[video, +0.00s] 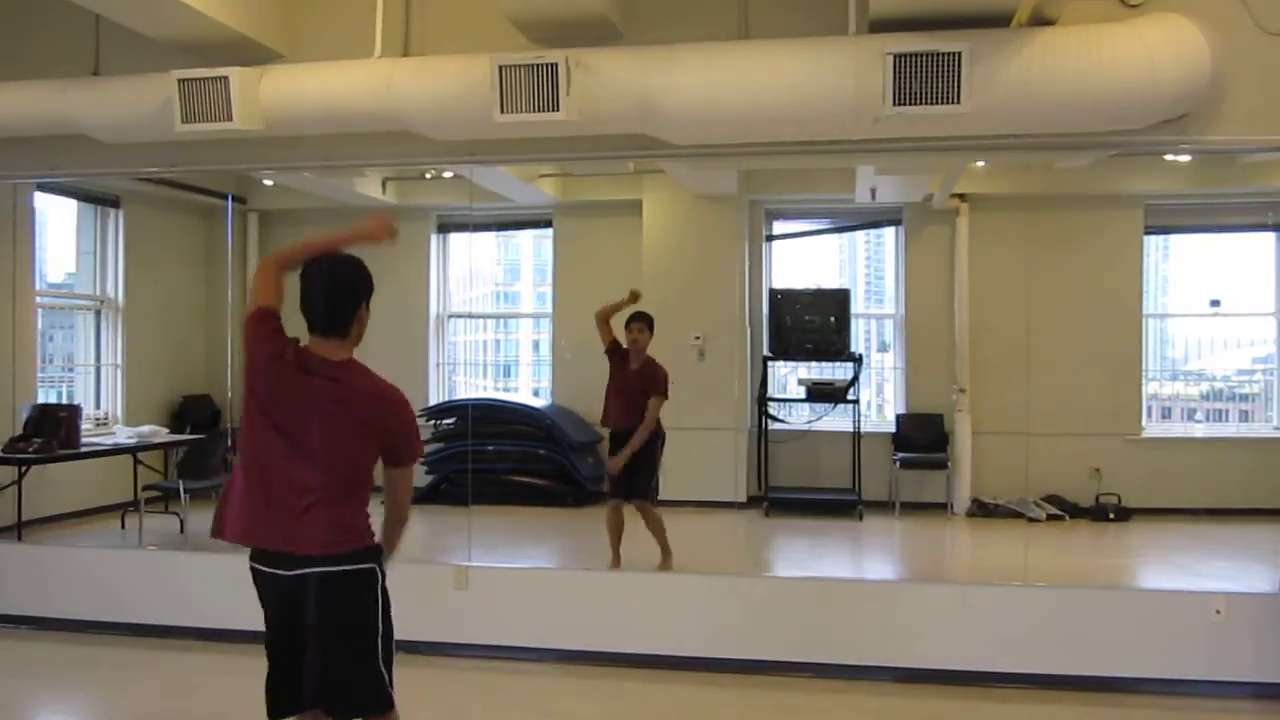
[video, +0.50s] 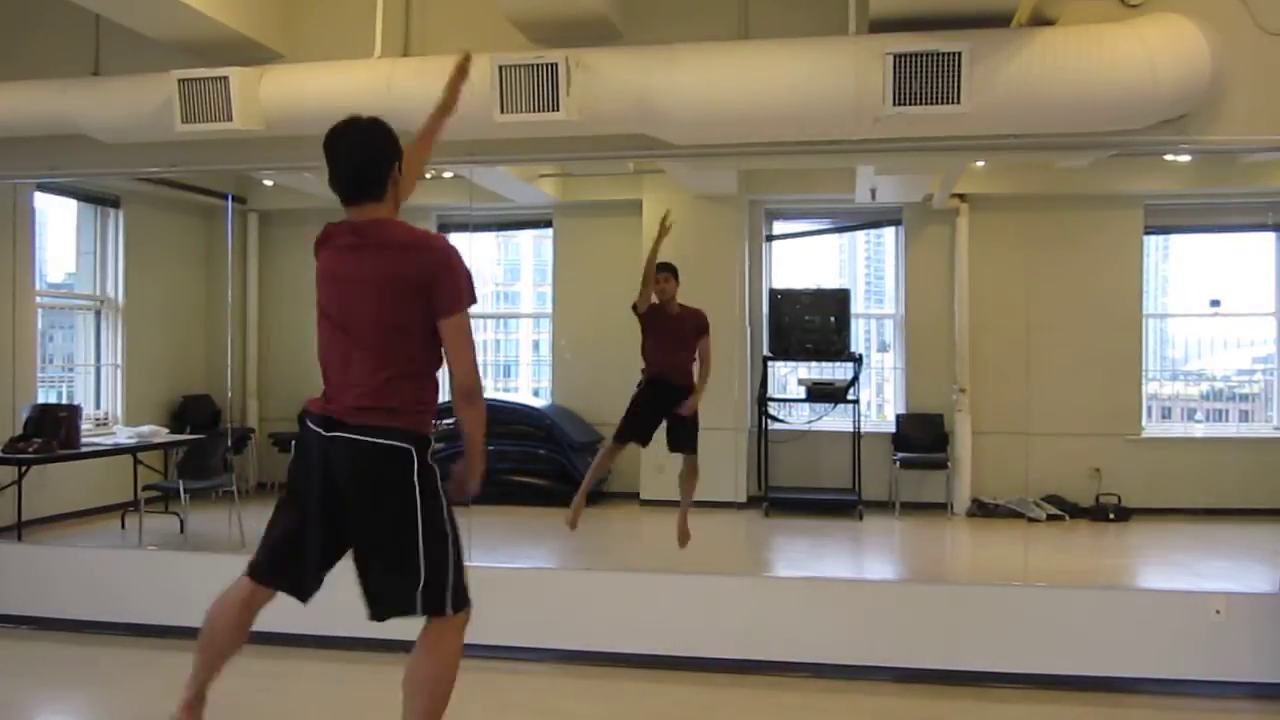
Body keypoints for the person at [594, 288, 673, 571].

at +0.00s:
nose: (635, 336)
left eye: (641, 331)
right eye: (631, 331)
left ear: (651, 336)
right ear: (625, 334)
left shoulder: (656, 373)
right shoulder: (617, 358)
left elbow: (650, 422)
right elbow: (601, 318)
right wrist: (624, 303)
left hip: (646, 437)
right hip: (618, 436)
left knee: (642, 501)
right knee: (614, 502)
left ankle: (666, 554)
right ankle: (615, 558)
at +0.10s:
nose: (640, 346)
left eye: (647, 341)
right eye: (636, 341)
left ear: (656, 346)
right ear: (631, 344)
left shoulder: (660, 384)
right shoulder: (623, 367)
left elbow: (634, 424)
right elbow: (599, 352)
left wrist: (595, 431)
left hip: (650, 448)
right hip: (622, 444)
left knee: (638, 511)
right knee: (614, 508)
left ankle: (663, 556)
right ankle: (615, 559)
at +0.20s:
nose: (647, 349)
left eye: (653, 344)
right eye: (643, 343)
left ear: (663, 350)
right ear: (638, 347)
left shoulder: (667, 387)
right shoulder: (626, 371)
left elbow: (633, 419)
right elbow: (605, 387)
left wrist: (601, 404)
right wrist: (641, 386)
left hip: (654, 451)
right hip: (626, 447)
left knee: (637, 512)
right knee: (614, 507)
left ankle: (663, 556)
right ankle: (615, 558)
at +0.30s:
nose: (652, 336)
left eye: (658, 331)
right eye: (648, 331)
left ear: (667, 336)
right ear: (641, 334)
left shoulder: (674, 369)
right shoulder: (632, 359)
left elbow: (650, 403)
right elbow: (621, 367)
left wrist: (613, 391)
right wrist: (658, 362)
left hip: (659, 440)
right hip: (630, 437)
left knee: (648, 504)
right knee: (618, 499)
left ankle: (663, 556)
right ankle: (614, 555)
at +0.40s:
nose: (656, 305)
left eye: (661, 299)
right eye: (654, 300)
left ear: (672, 302)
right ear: (649, 303)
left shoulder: (687, 335)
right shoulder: (640, 331)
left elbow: (678, 377)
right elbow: (634, 319)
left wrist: (636, 391)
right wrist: (675, 297)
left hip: (669, 415)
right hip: (638, 413)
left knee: (671, 483)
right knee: (617, 476)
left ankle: (669, 547)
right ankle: (598, 535)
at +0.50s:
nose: (660, 285)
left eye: (665, 280)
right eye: (656, 281)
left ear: (677, 284)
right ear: (652, 286)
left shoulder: (696, 318)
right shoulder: (647, 314)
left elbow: (705, 361)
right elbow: (646, 280)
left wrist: (696, 396)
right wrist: (658, 240)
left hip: (682, 391)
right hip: (651, 388)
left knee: (690, 459)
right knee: (616, 445)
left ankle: (683, 515)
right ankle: (580, 496)